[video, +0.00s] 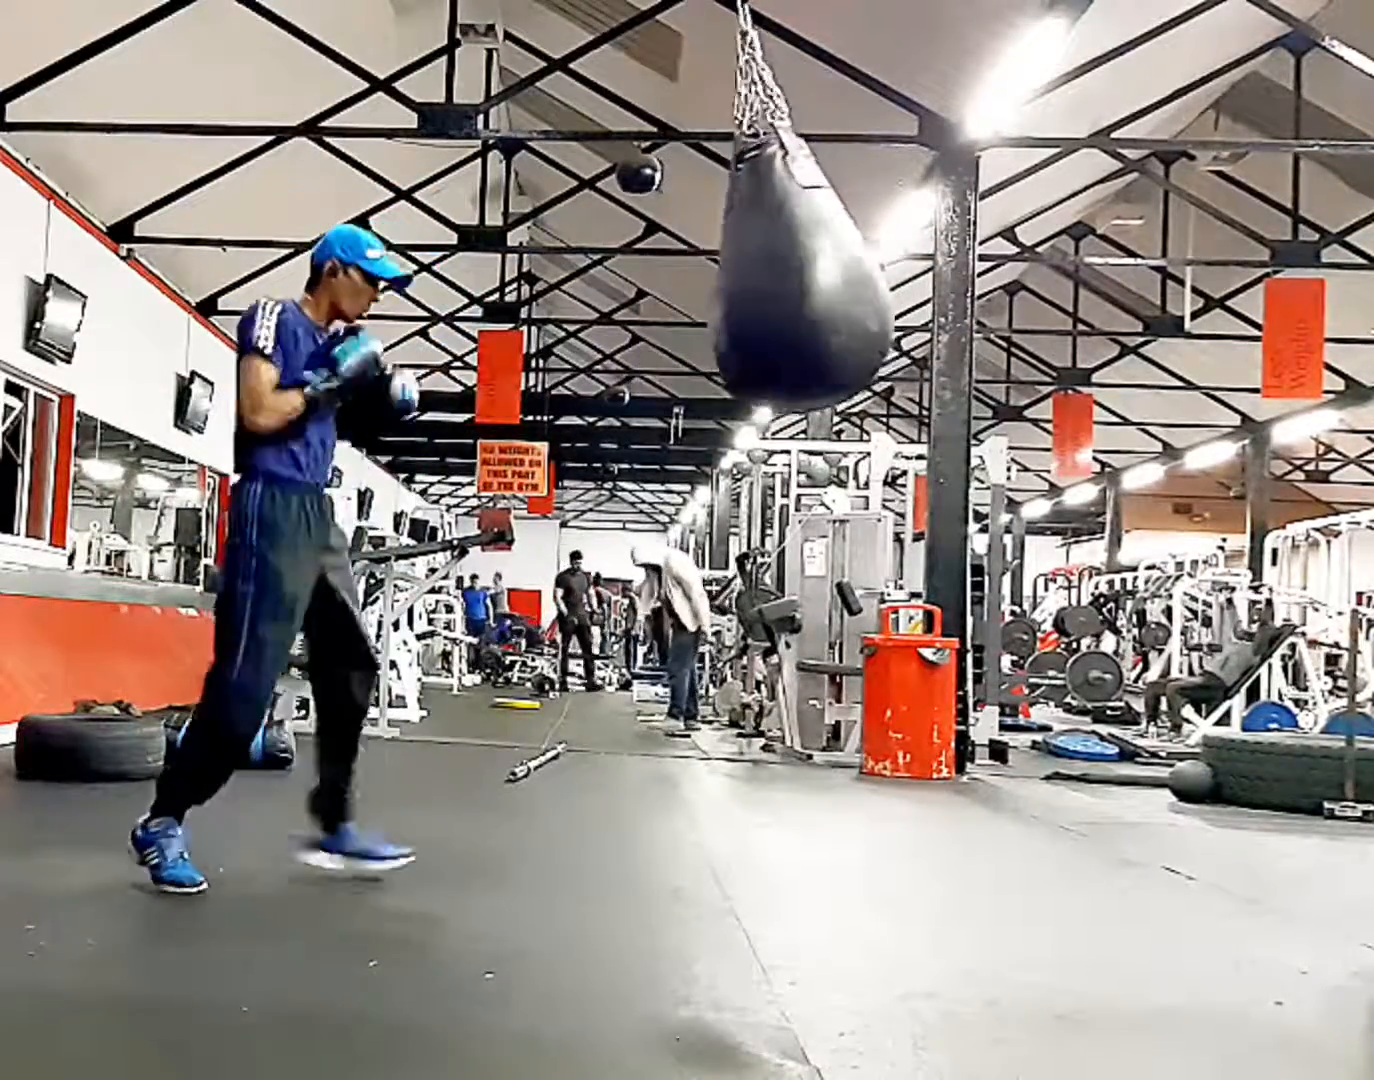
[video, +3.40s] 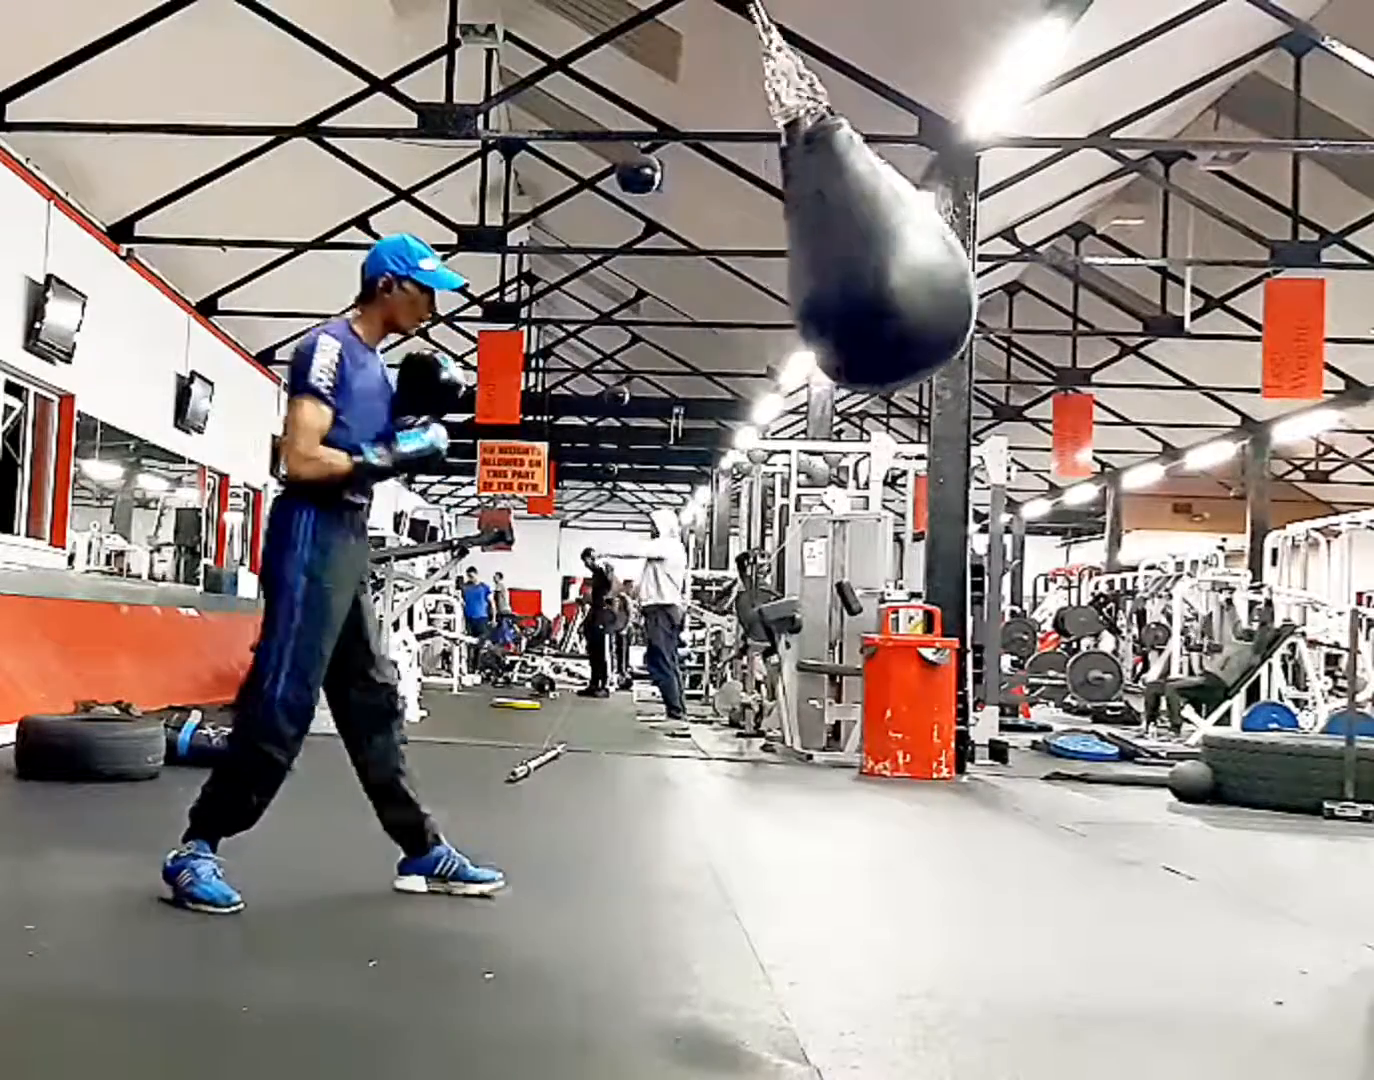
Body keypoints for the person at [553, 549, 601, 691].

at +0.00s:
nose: (577, 565)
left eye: (579, 562)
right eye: (575, 562)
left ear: (582, 562)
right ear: (570, 562)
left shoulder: (586, 577)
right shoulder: (562, 577)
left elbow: (591, 594)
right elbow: (557, 597)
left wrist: (594, 608)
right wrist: (565, 613)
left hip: (583, 615)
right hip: (568, 615)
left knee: (587, 648)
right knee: (565, 649)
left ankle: (590, 679)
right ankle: (563, 680)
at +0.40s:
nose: (597, 565)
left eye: (600, 563)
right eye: (595, 562)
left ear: (603, 563)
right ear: (591, 562)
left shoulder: (605, 579)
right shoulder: (581, 576)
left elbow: (610, 597)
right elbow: (571, 592)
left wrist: (610, 613)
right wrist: (576, 610)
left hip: (599, 617)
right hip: (584, 616)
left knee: (598, 653)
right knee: (578, 650)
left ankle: (599, 684)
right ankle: (567, 681)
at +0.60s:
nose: (602, 565)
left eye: (604, 562)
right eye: (600, 561)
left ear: (608, 562)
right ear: (596, 561)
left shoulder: (612, 579)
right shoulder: (586, 576)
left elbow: (618, 596)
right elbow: (577, 591)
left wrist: (618, 610)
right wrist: (583, 606)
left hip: (605, 616)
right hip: (590, 615)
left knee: (602, 652)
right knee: (587, 651)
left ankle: (600, 684)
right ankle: (584, 682)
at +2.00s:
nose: (596, 568)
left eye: (598, 564)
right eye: (594, 565)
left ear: (604, 562)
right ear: (591, 563)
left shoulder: (614, 574)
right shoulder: (594, 575)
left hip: (605, 619)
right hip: (593, 619)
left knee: (603, 653)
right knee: (594, 652)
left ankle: (603, 684)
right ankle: (600, 683)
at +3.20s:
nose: (588, 565)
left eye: (589, 561)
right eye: (586, 562)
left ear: (595, 558)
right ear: (587, 562)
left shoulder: (606, 570)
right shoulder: (597, 575)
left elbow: (617, 582)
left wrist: (609, 598)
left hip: (606, 616)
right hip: (596, 616)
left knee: (601, 652)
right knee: (594, 652)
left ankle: (603, 685)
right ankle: (594, 683)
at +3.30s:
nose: (587, 565)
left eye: (589, 561)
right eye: (585, 562)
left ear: (595, 558)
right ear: (587, 561)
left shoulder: (605, 571)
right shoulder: (597, 575)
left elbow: (617, 582)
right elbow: (597, 598)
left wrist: (609, 597)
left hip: (602, 615)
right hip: (594, 615)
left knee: (600, 652)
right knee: (593, 652)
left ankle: (603, 684)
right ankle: (593, 683)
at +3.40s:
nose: (587, 563)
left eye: (588, 559)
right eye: (585, 560)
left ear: (593, 558)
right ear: (588, 560)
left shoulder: (602, 574)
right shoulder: (597, 576)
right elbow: (596, 601)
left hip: (601, 617)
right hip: (594, 617)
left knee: (600, 653)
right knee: (594, 653)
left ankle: (602, 685)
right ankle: (594, 684)